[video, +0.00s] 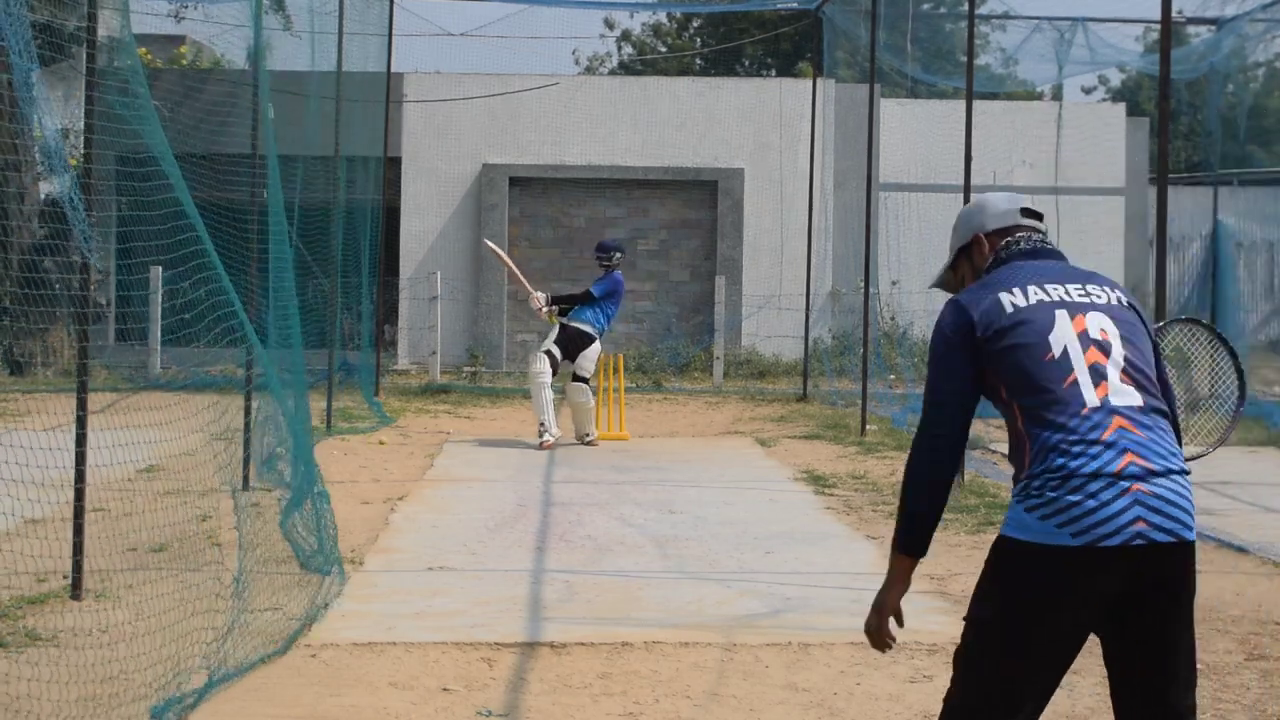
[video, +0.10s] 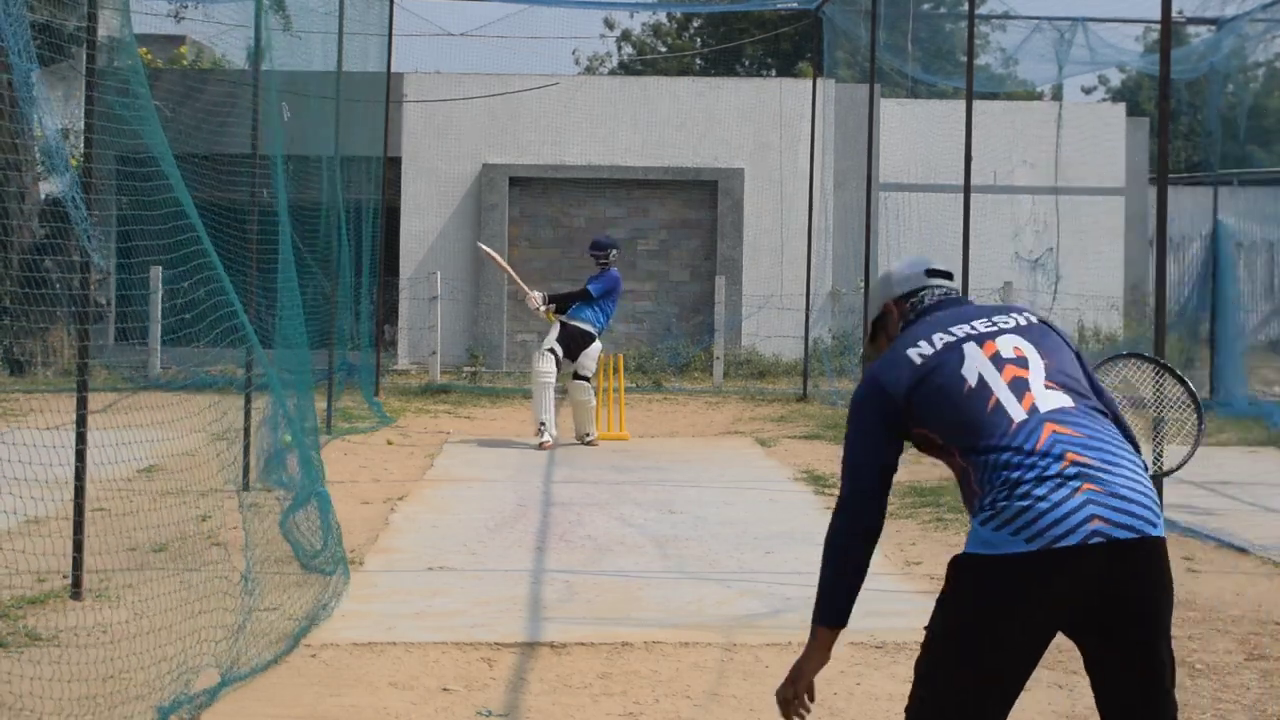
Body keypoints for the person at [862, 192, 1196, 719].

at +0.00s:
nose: (961, 288)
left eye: (960, 275)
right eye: (958, 278)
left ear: (980, 250)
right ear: (1037, 241)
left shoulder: (973, 306)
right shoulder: (1117, 294)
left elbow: (938, 451)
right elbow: (1166, 418)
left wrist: (897, 575)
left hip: (1059, 535)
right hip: (1166, 534)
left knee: (982, 706)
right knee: (1163, 708)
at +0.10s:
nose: (880, 365)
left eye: (877, 352)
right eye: (875, 356)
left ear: (892, 315)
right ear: (955, 302)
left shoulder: (892, 368)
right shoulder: (1038, 325)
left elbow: (857, 518)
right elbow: (1117, 425)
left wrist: (817, 648)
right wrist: (1132, 512)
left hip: (1018, 549)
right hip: (1134, 541)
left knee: (944, 709)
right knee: (1147, 709)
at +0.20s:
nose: (835, 411)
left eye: (831, 397)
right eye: (831, 399)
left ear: (843, 374)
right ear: (898, 343)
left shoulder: (848, 423)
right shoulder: (980, 350)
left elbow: (815, 569)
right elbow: (1076, 428)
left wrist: (772, 700)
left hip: (996, 557)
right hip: (1118, 539)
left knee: (922, 710)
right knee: (1146, 709)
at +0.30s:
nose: (787, 491)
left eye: (781, 474)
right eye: (781, 478)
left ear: (793, 451)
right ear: (833, 413)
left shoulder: (809, 490)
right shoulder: (925, 394)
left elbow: (777, 640)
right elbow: (1054, 456)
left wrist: (747, 714)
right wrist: (912, 545)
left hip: (974, 563)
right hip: (1090, 541)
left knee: (899, 710)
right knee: (1142, 709)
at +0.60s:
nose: (771, 490)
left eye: (766, 475)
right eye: (765, 477)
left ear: (775, 455)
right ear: (817, 413)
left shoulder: (791, 494)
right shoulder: (906, 387)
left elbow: (778, 640)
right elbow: (1041, 443)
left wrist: (762, 715)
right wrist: (909, 549)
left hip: (967, 556)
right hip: (1080, 526)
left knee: (901, 712)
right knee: (1130, 707)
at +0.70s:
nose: (793, 419)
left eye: (790, 406)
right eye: (791, 407)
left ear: (801, 392)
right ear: (856, 352)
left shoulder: (808, 438)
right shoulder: (950, 354)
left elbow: (806, 582)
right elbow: (1068, 436)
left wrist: (832, 670)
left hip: (976, 557)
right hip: (1093, 531)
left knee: (916, 711)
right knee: (1125, 708)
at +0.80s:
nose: (825, 373)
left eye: (823, 358)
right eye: (824, 361)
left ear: (833, 345)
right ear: (896, 312)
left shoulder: (834, 402)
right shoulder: (986, 328)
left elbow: (840, 540)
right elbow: (1088, 434)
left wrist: (908, 598)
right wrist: (1097, 508)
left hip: (985, 569)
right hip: (1107, 545)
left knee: (926, 709)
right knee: (1128, 707)